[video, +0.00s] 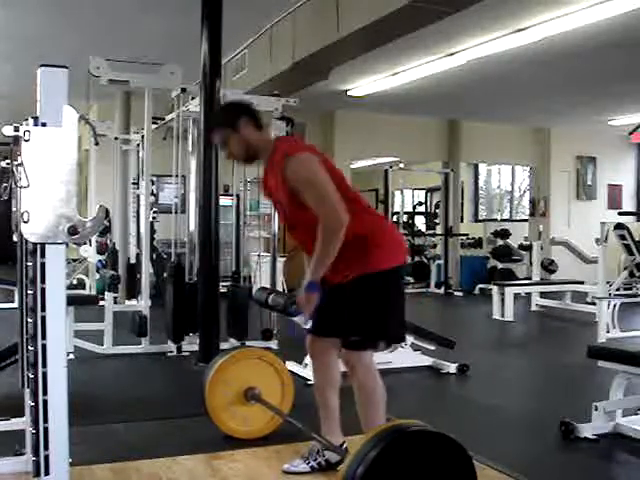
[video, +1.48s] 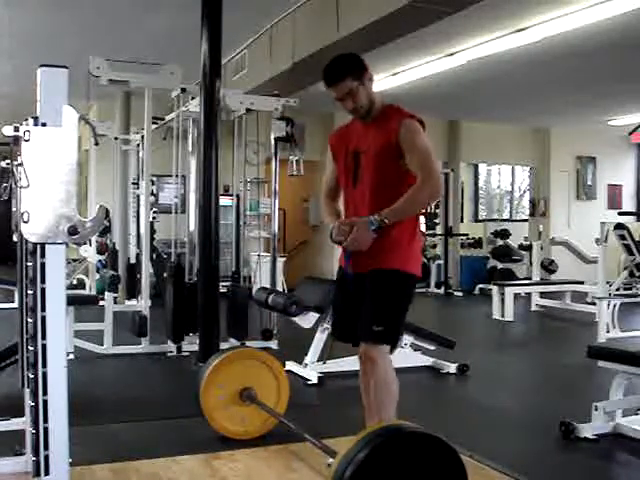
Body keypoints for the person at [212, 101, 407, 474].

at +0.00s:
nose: (227, 153)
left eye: (225, 142)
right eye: (221, 147)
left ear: (247, 127)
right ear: (244, 133)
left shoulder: (294, 159)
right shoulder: (275, 170)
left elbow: (335, 217)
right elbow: (310, 231)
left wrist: (312, 281)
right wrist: (299, 282)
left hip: (371, 259)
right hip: (343, 264)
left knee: (357, 355)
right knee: (322, 346)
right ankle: (332, 443)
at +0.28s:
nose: (263, 115)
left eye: (265, 104)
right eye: (257, 110)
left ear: (288, 90)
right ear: (261, 109)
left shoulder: (327, 127)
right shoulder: (289, 148)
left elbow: (379, 168)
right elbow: (310, 209)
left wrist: (378, 235)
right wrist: (313, 264)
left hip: (364, 261)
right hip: (335, 265)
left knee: (351, 350)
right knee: (330, 349)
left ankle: (398, 439)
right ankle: (331, 445)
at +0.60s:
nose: (312, 104)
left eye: (316, 94)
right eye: (307, 98)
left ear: (338, 81)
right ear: (308, 97)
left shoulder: (381, 121)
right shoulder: (328, 137)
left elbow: (438, 163)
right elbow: (346, 197)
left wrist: (430, 231)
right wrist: (349, 252)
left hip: (397, 265)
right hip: (352, 266)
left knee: (405, 358)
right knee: (339, 353)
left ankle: (423, 444)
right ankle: (332, 446)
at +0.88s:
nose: (354, 101)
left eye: (358, 90)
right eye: (345, 95)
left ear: (374, 74)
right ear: (337, 93)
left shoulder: (409, 120)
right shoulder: (348, 130)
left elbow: (450, 181)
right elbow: (363, 189)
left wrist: (403, 230)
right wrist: (346, 223)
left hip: (410, 265)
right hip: (363, 263)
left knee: (411, 357)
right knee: (350, 344)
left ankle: (421, 444)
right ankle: (370, 439)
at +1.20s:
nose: (361, 102)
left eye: (366, 91)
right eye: (353, 96)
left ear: (383, 81)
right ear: (348, 95)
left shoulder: (413, 126)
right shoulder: (351, 135)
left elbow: (424, 192)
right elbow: (340, 190)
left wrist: (368, 223)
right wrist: (344, 221)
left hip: (398, 260)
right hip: (360, 260)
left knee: (385, 351)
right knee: (365, 350)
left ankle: (412, 443)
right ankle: (375, 442)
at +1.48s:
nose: (346, 105)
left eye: (350, 95)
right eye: (339, 99)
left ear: (368, 79)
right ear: (333, 97)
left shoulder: (403, 126)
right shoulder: (341, 138)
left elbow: (432, 185)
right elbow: (330, 193)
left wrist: (375, 222)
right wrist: (337, 223)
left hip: (395, 257)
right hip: (357, 258)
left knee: (376, 351)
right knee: (365, 353)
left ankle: (386, 446)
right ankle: (372, 442)